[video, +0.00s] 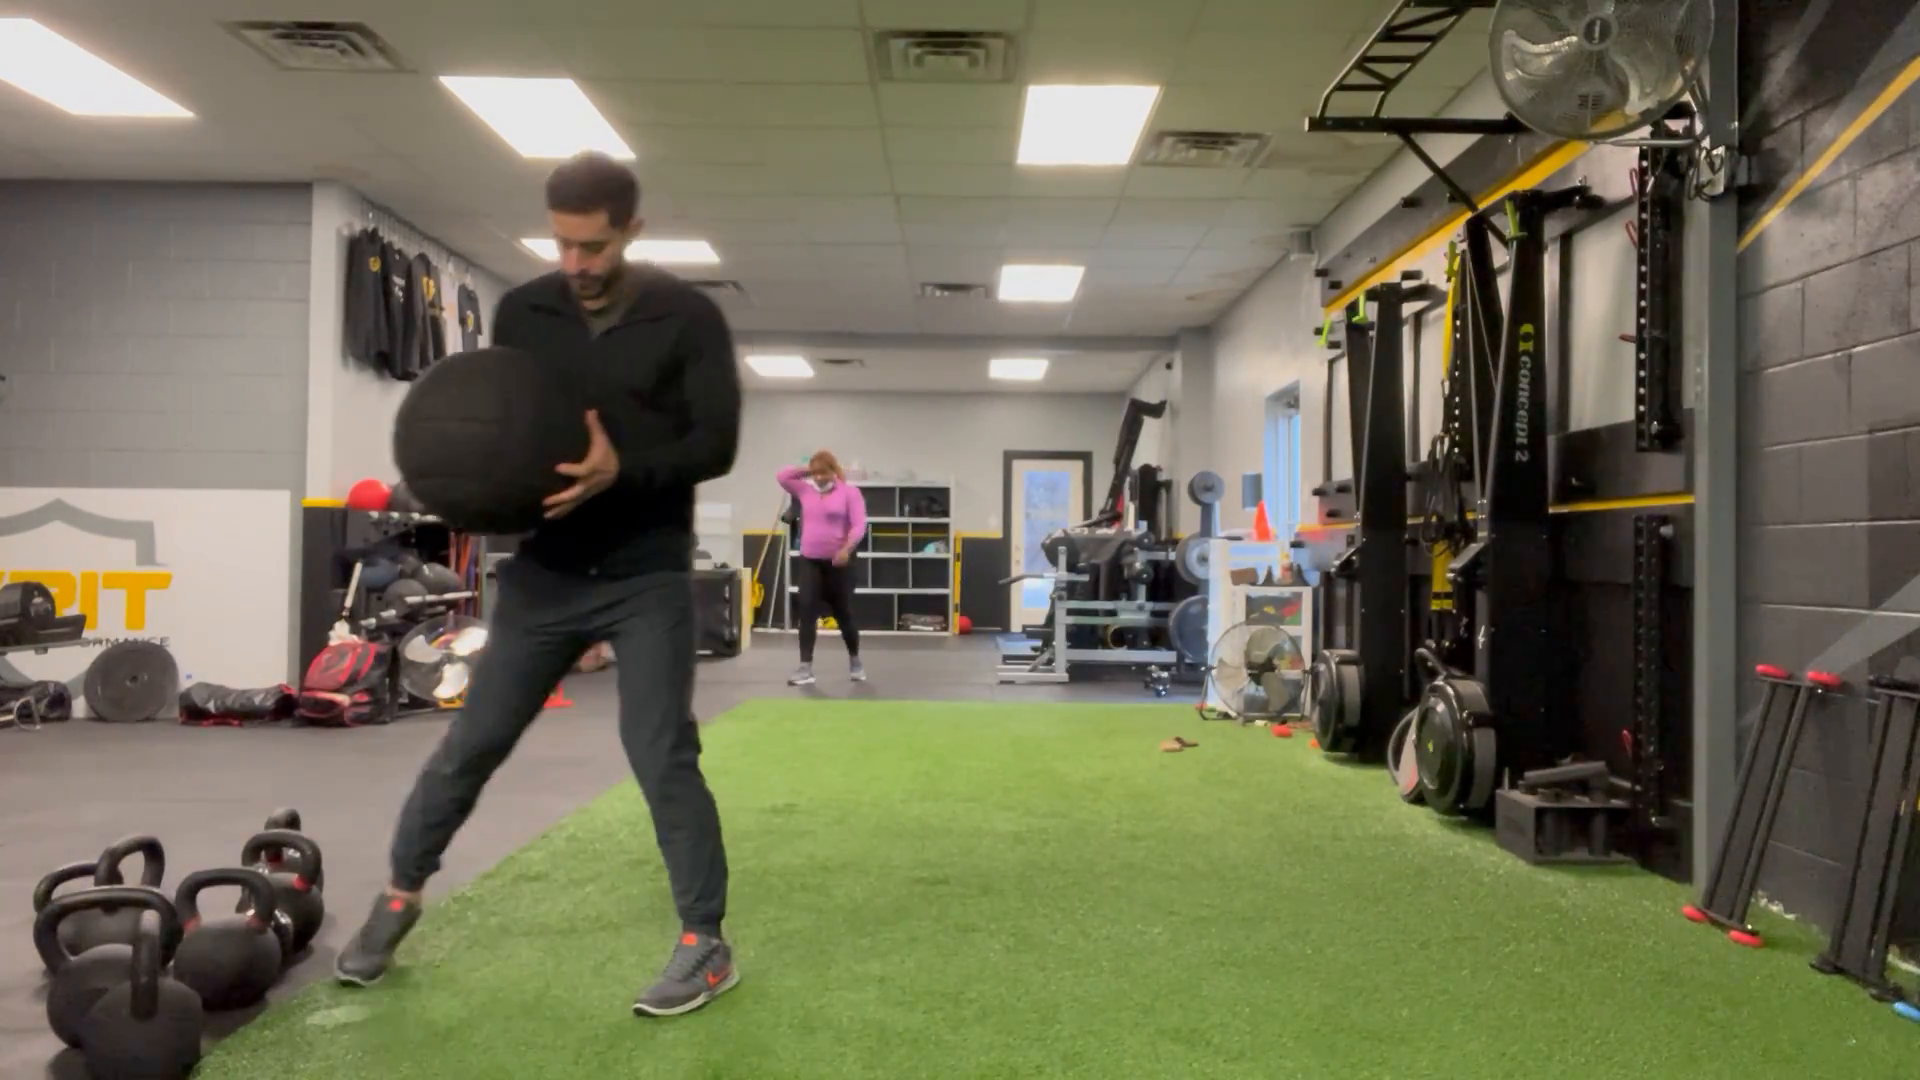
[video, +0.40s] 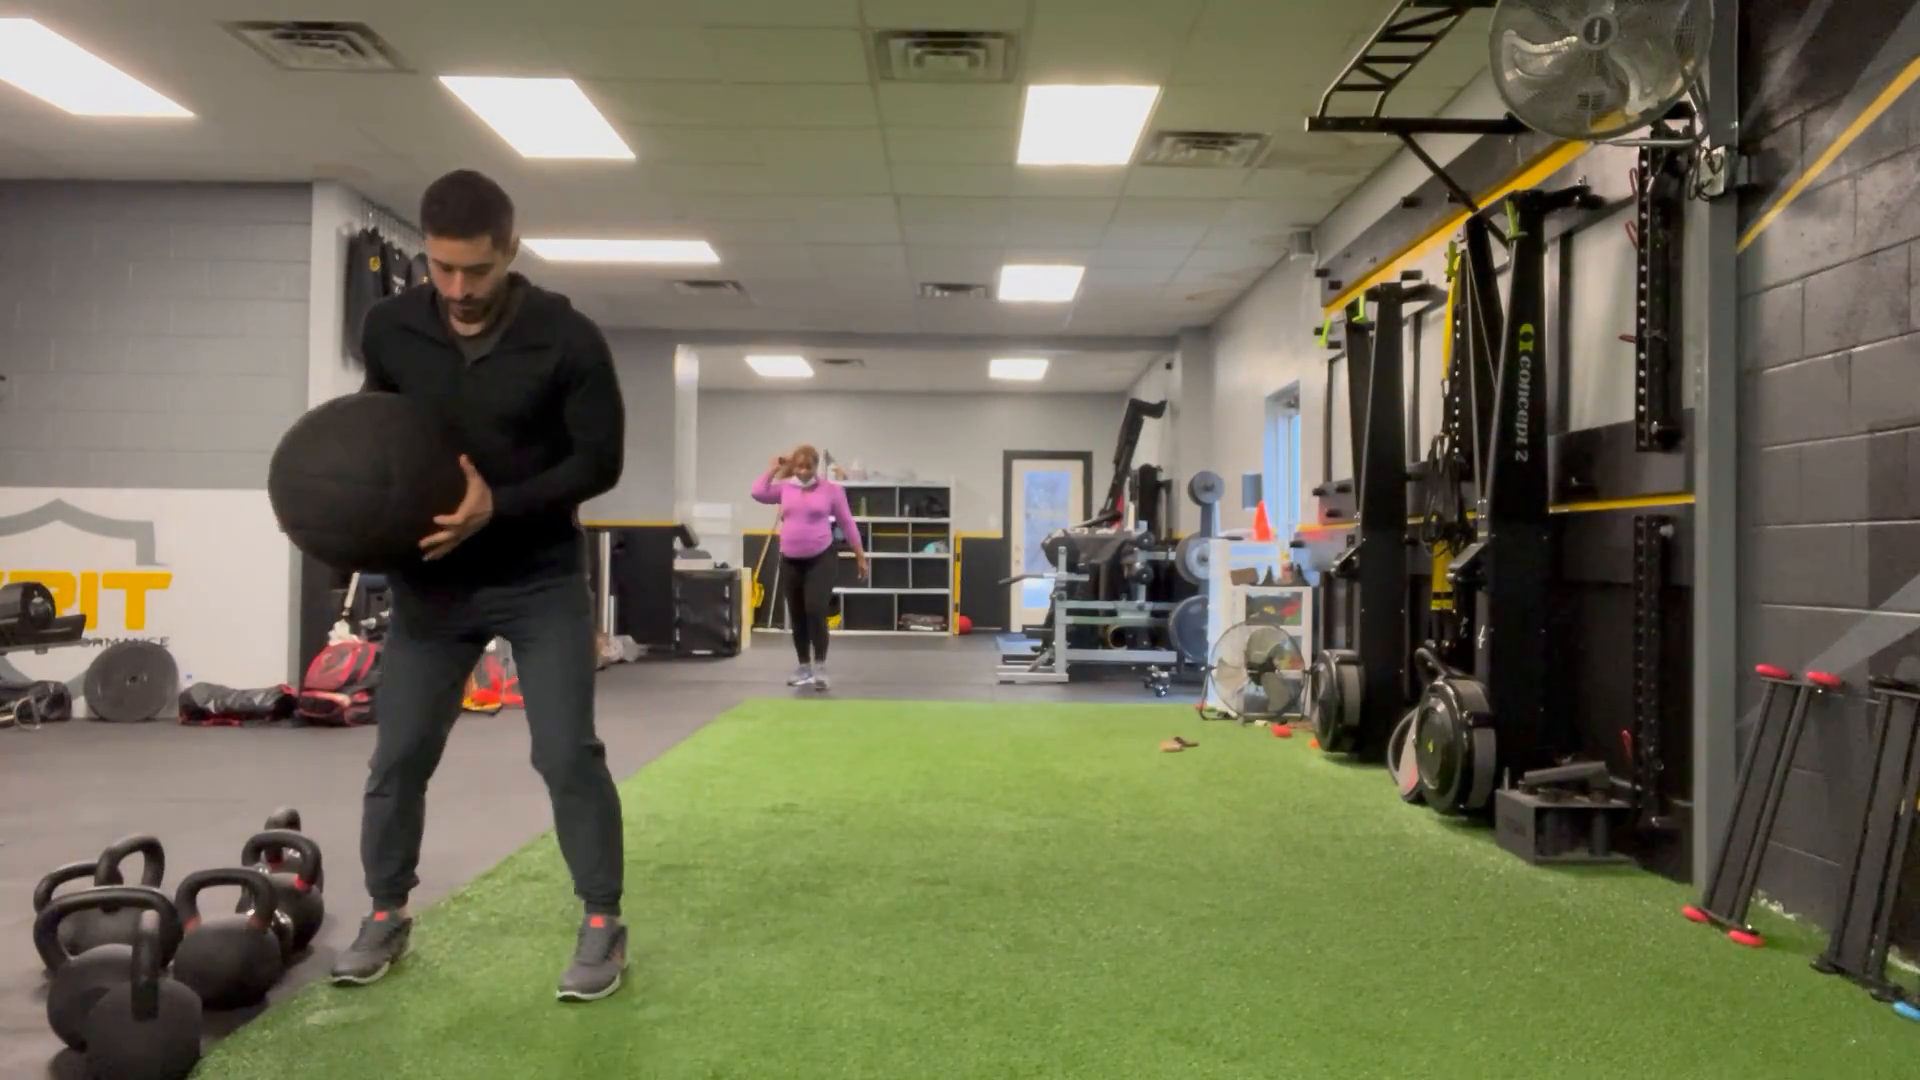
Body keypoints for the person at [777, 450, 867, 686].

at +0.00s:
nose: (819, 478)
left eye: (822, 473)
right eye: (815, 474)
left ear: (833, 471)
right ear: (811, 473)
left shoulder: (849, 492)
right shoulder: (805, 491)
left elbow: (859, 524)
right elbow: (782, 477)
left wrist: (846, 549)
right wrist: (807, 470)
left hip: (837, 560)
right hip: (810, 560)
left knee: (842, 612)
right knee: (807, 611)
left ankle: (855, 661)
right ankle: (805, 667)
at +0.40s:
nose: (802, 471)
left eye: (806, 466)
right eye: (798, 466)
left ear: (815, 467)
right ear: (792, 467)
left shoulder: (831, 490)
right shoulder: (786, 488)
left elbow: (847, 523)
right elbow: (758, 493)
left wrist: (860, 556)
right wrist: (772, 470)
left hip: (821, 558)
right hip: (791, 559)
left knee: (816, 610)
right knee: (798, 614)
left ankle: (819, 667)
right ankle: (804, 667)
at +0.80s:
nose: (801, 465)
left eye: (805, 460)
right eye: (797, 461)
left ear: (813, 462)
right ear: (789, 464)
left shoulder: (829, 489)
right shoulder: (782, 489)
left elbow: (845, 523)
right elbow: (756, 512)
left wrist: (840, 547)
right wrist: (760, 477)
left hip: (815, 559)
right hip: (783, 559)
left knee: (813, 616)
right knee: (775, 614)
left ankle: (810, 674)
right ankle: (792, 652)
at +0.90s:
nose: (801, 463)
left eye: (805, 459)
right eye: (796, 459)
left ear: (811, 460)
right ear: (787, 462)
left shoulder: (826, 486)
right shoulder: (781, 488)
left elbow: (843, 520)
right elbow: (759, 517)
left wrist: (821, 524)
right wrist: (757, 485)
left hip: (813, 556)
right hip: (780, 556)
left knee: (809, 616)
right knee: (771, 611)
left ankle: (809, 674)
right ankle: (781, 663)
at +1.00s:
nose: (799, 463)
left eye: (803, 458)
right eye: (793, 460)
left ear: (809, 459)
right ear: (784, 463)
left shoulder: (821, 484)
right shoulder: (779, 488)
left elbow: (832, 512)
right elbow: (759, 521)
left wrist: (800, 503)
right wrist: (754, 488)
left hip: (811, 557)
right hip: (778, 557)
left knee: (808, 617)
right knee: (771, 614)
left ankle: (809, 675)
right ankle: (766, 675)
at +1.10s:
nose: (795, 464)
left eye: (798, 459)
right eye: (789, 461)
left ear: (804, 460)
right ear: (779, 465)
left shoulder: (816, 483)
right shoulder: (770, 486)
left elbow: (814, 504)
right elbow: (757, 524)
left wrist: (780, 486)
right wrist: (750, 493)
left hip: (806, 558)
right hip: (773, 558)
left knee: (805, 620)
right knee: (769, 617)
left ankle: (809, 677)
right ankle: (759, 677)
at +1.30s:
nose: (778, 464)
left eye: (782, 458)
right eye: (771, 459)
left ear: (789, 459)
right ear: (762, 463)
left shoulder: (799, 480)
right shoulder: (754, 482)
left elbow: (792, 499)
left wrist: (763, 484)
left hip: (789, 556)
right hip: (756, 557)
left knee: (791, 617)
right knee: (758, 620)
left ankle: (805, 667)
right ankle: (757, 679)